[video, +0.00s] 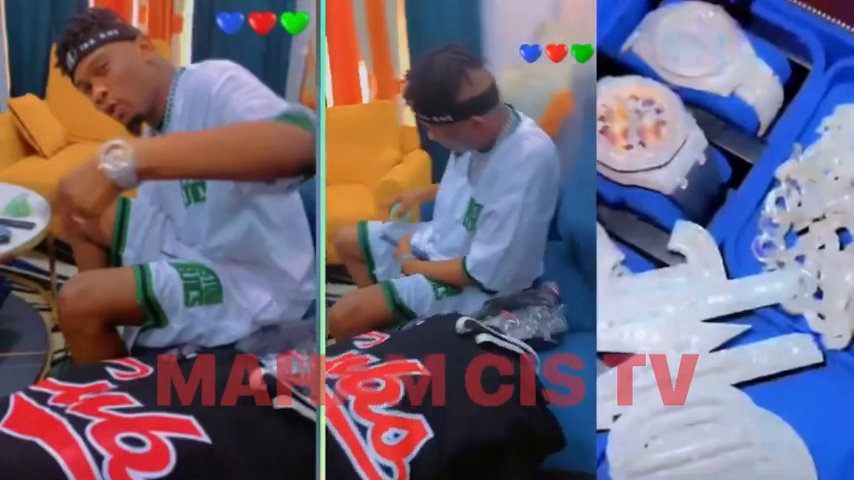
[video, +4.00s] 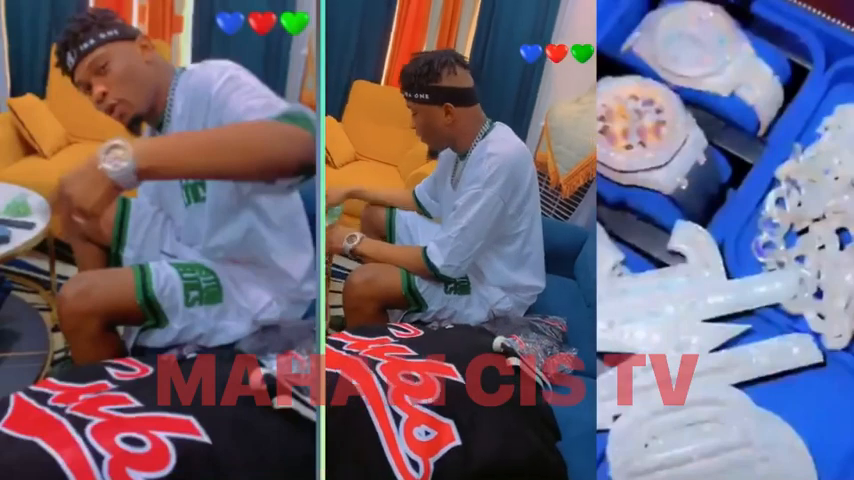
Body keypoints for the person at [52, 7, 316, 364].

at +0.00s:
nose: (98, 94)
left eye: (102, 70)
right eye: (87, 89)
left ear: (144, 48)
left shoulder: (213, 81)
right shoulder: (152, 132)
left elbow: (298, 145)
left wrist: (131, 160)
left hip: (259, 278)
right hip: (190, 251)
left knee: (80, 300)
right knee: (84, 214)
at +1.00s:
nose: (98, 94)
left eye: (102, 70)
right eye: (87, 89)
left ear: (144, 48)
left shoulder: (212, 81)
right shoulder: (152, 133)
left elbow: (299, 145)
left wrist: (132, 160)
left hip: (259, 279)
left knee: (80, 300)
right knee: (84, 215)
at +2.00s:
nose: (98, 94)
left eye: (102, 70)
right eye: (87, 89)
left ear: (144, 48)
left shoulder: (213, 81)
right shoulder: (153, 133)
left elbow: (299, 146)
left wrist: (132, 160)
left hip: (260, 279)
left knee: (80, 300)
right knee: (85, 215)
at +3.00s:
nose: (98, 94)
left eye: (102, 70)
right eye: (87, 89)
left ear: (144, 48)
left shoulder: (212, 81)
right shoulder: (152, 133)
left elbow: (298, 145)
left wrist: (133, 160)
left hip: (259, 278)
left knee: (80, 300)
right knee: (84, 214)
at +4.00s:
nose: (97, 94)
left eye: (102, 70)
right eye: (87, 89)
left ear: (145, 48)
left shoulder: (213, 81)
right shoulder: (153, 135)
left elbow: (299, 146)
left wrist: (131, 160)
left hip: (262, 280)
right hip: (192, 253)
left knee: (80, 300)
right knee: (83, 213)